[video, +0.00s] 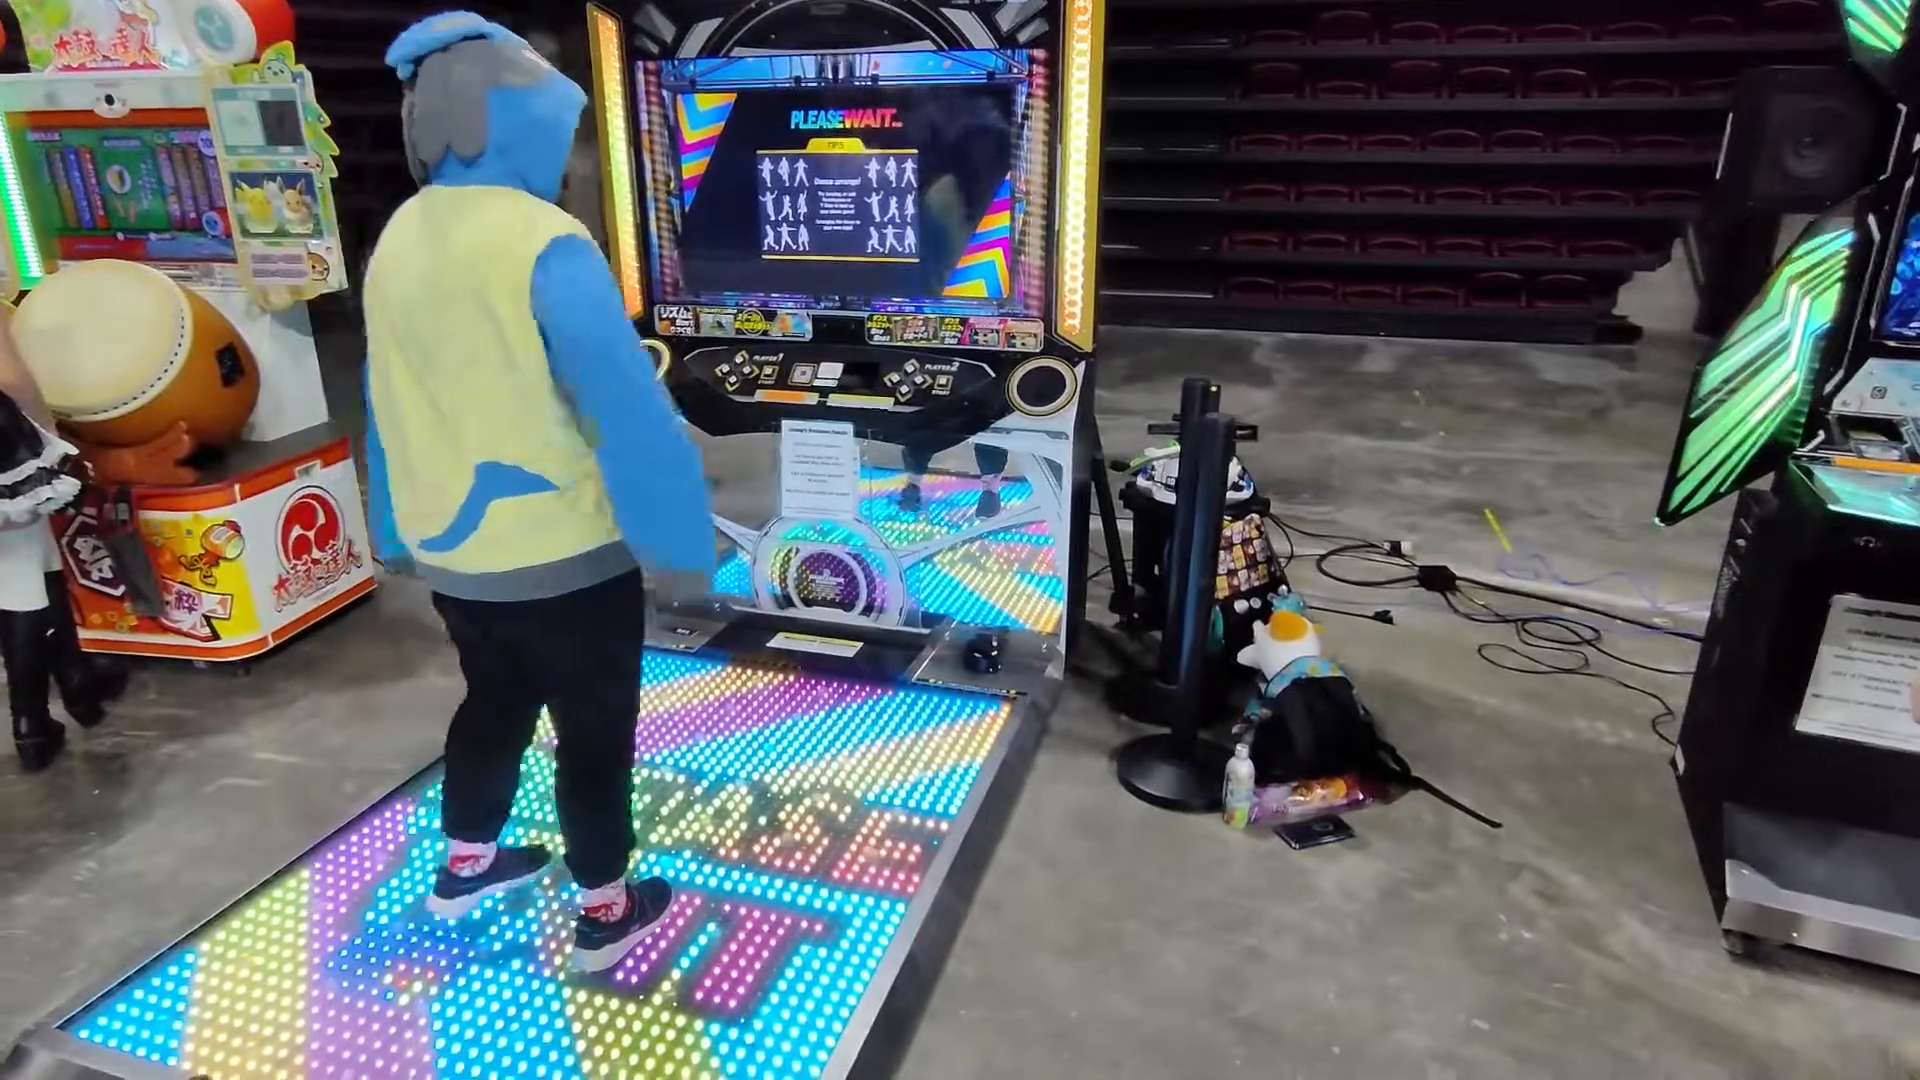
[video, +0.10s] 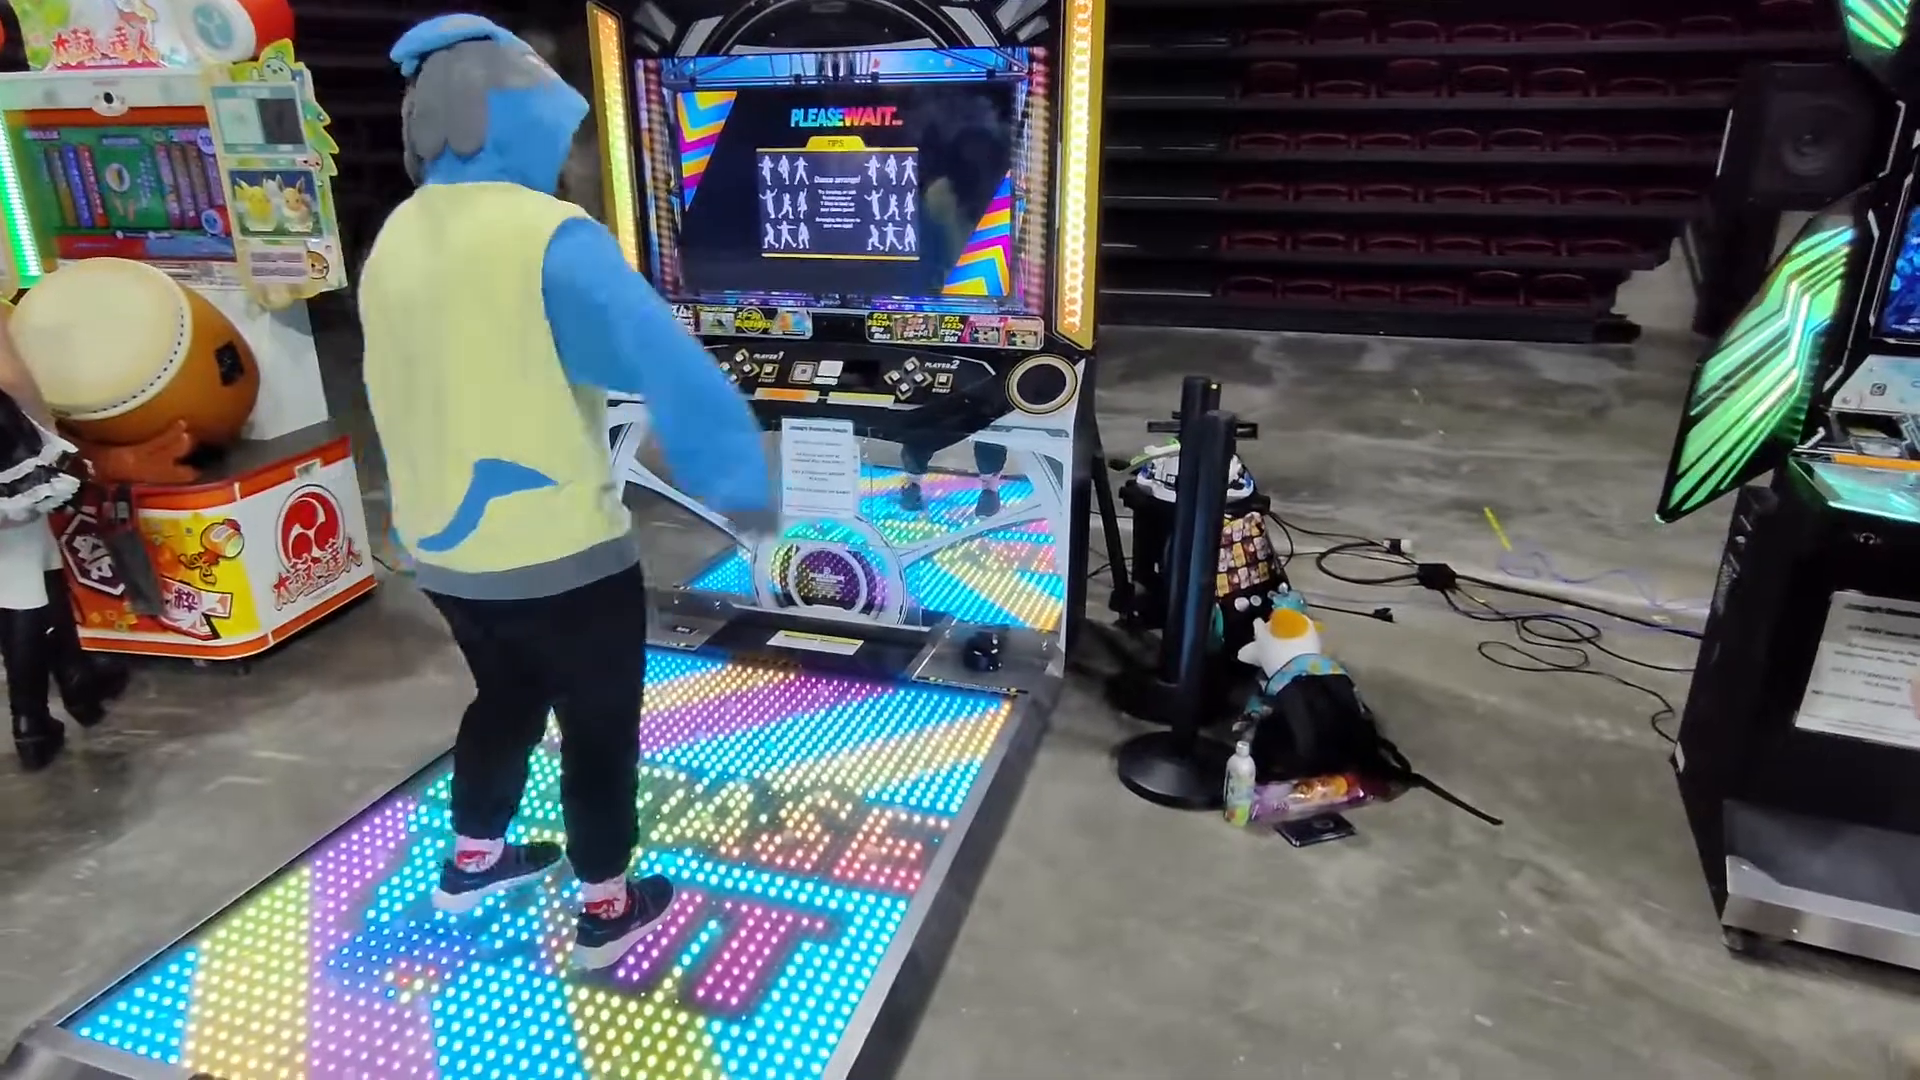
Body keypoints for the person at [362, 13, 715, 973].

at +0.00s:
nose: (554, 132)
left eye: (548, 113)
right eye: (539, 114)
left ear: (442, 129)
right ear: (500, 123)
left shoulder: (398, 239)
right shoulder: (546, 243)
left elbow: (387, 399)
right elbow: (625, 401)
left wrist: (398, 526)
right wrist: (681, 536)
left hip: (455, 555)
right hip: (567, 557)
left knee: (497, 693)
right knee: (596, 727)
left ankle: (466, 856)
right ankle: (603, 904)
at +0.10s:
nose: (559, 128)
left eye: (554, 109)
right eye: (544, 109)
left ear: (439, 125)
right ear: (500, 116)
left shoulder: (393, 241)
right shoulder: (548, 236)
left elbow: (416, 382)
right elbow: (670, 362)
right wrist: (737, 479)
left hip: (448, 558)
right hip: (564, 554)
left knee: (506, 692)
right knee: (600, 722)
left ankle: (474, 853)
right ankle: (605, 904)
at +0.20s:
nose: (559, 145)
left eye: (557, 127)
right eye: (547, 126)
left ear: (438, 131)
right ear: (503, 122)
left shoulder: (388, 238)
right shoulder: (551, 237)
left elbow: (395, 384)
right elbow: (693, 342)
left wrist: (564, 395)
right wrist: (812, 421)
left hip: (436, 554)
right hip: (555, 556)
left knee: (496, 686)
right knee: (604, 715)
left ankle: (472, 851)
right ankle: (603, 897)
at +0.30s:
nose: (556, 133)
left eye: (551, 115)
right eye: (544, 115)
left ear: (433, 126)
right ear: (506, 118)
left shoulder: (369, 244)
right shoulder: (552, 237)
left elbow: (344, 401)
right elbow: (702, 340)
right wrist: (880, 396)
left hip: (413, 554)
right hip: (545, 553)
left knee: (472, 683)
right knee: (614, 693)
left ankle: (468, 847)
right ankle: (591, 880)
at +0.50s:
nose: (558, 140)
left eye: (545, 120)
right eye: (544, 121)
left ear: (429, 134)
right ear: (522, 130)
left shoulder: (348, 242)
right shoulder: (564, 261)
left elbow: (285, 363)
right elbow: (670, 391)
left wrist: (291, 435)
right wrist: (835, 445)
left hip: (398, 559)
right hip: (541, 561)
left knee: (445, 709)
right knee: (617, 687)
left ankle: (459, 864)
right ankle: (579, 870)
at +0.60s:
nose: (560, 145)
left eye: (547, 123)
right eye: (549, 125)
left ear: (427, 127)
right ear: (531, 131)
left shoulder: (346, 233)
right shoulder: (560, 262)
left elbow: (278, 339)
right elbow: (667, 424)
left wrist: (269, 361)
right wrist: (783, 516)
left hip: (408, 560)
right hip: (550, 562)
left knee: (452, 708)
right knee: (608, 698)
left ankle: (459, 855)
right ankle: (582, 879)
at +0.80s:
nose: (556, 156)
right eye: (545, 133)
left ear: (426, 134)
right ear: (524, 138)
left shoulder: (363, 227)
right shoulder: (547, 262)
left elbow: (289, 267)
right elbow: (621, 441)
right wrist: (663, 579)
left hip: (419, 572)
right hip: (545, 575)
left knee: (472, 702)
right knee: (587, 726)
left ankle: (461, 859)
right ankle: (594, 899)